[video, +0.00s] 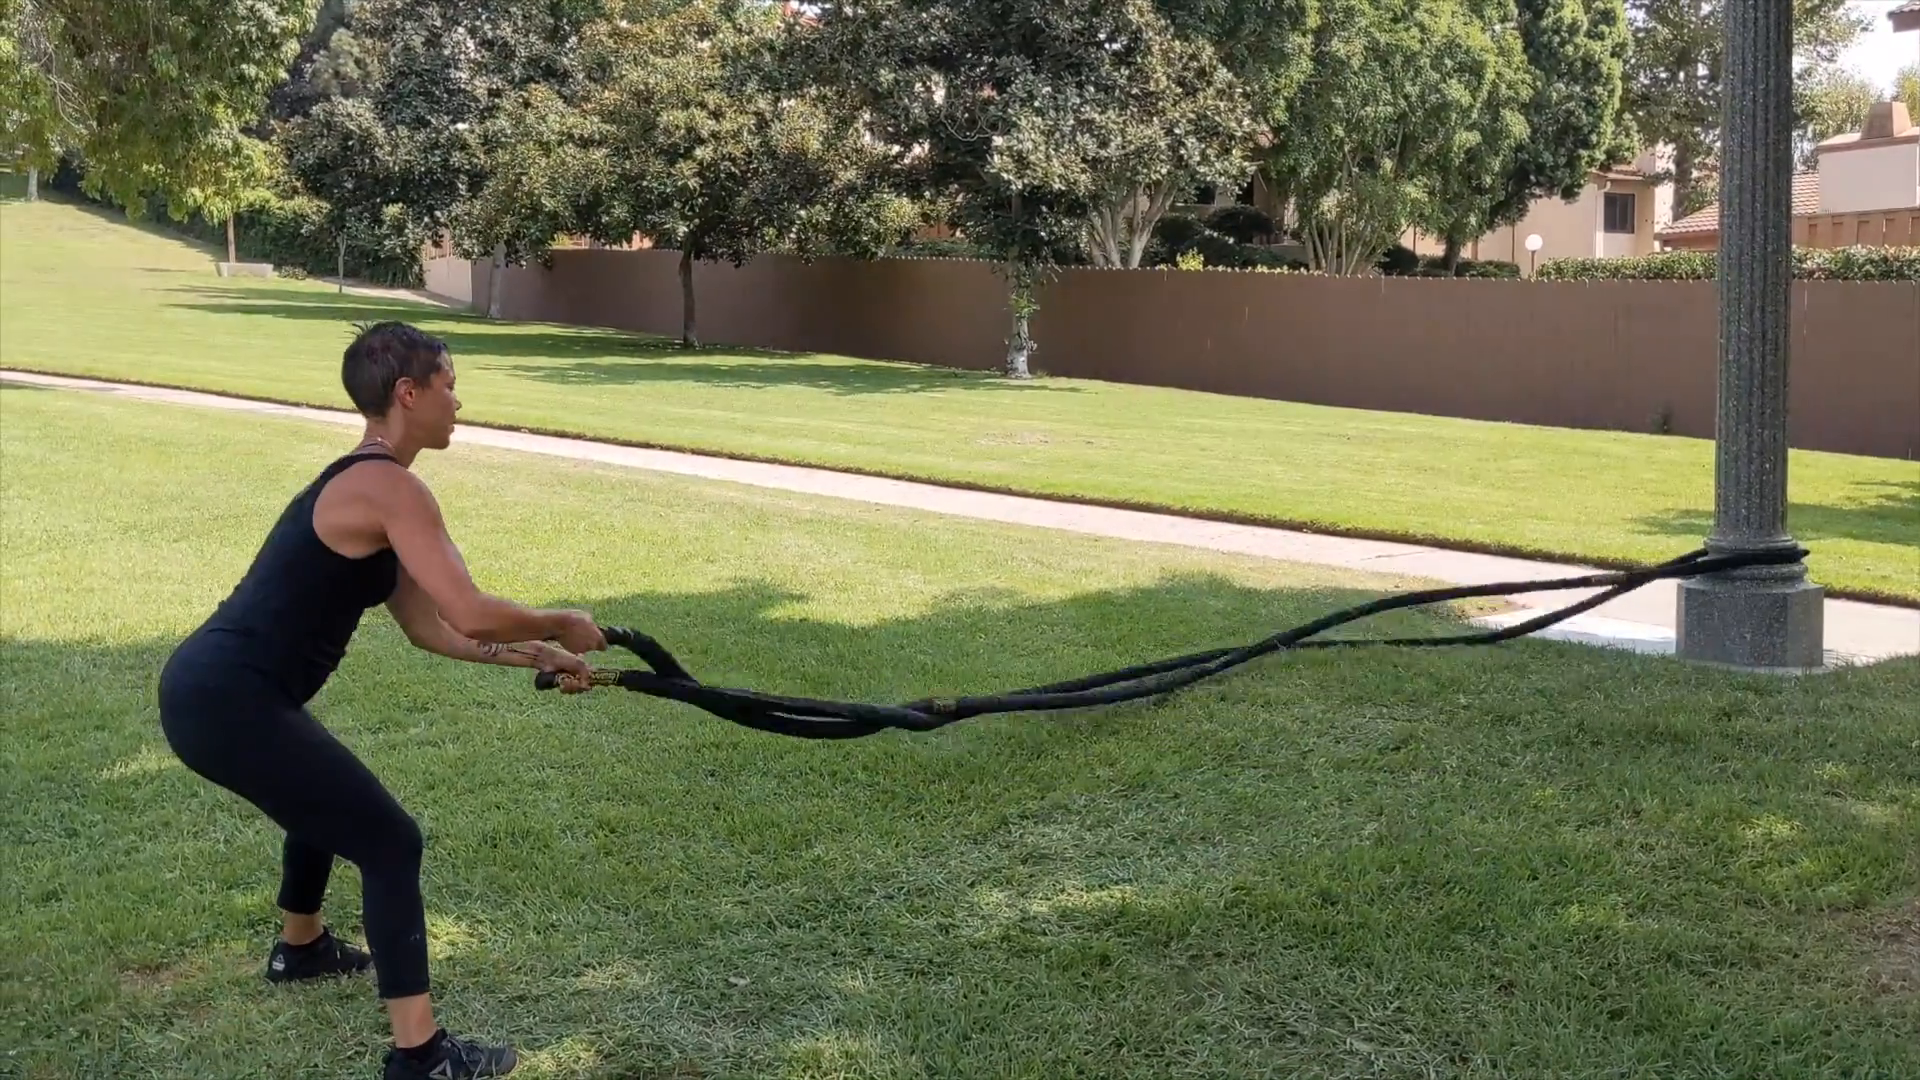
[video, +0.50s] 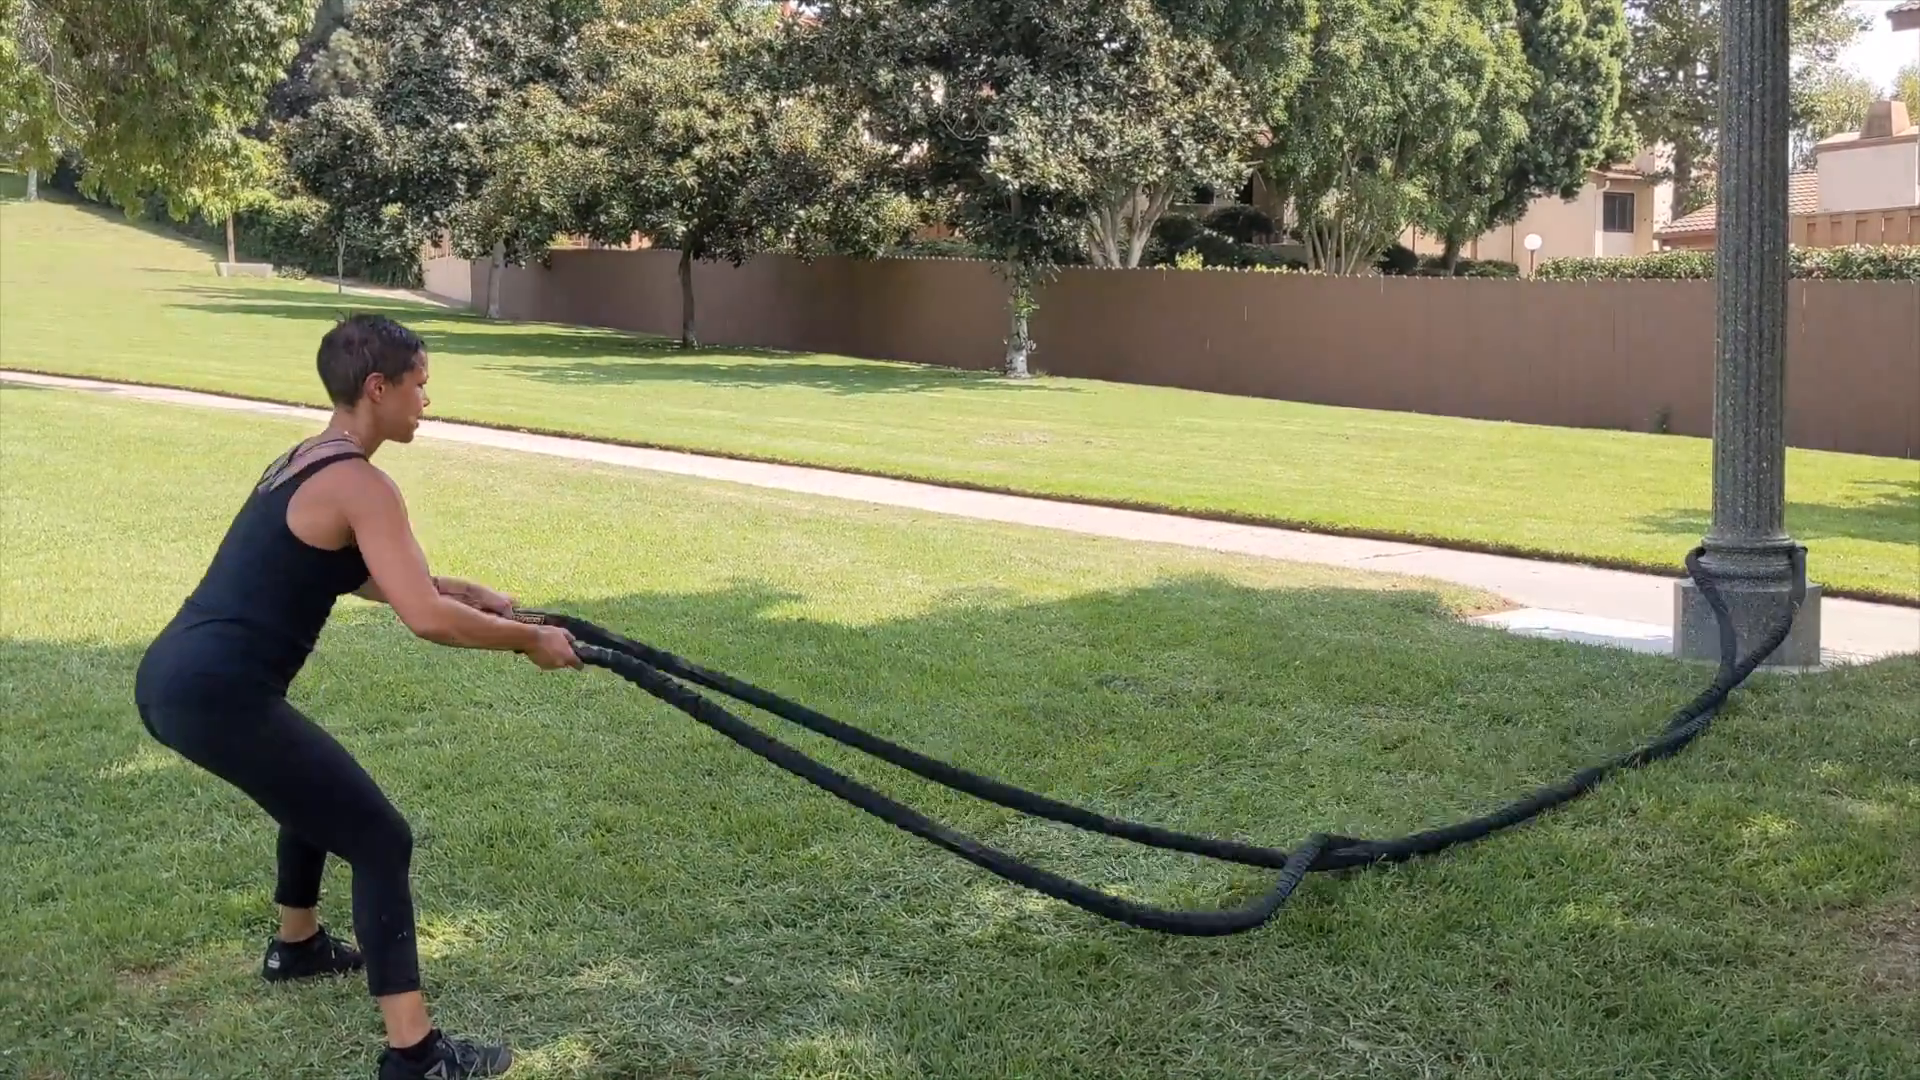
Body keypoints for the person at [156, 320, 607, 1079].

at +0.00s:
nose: (457, 399)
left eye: (454, 383)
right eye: (448, 384)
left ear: (394, 397)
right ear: (405, 394)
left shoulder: (358, 481)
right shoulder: (393, 487)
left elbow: (428, 629)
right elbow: (472, 615)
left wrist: (529, 653)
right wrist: (559, 622)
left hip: (211, 686)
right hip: (228, 703)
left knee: (327, 797)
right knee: (392, 840)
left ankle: (301, 949)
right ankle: (418, 1047)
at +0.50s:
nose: (426, 404)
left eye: (426, 387)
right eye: (419, 387)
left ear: (359, 389)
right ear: (376, 387)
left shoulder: (303, 461)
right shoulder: (363, 487)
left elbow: (357, 576)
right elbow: (431, 619)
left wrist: (471, 594)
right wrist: (527, 638)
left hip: (173, 677)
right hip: (217, 696)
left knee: (318, 790)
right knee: (381, 838)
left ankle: (296, 945)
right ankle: (412, 1047)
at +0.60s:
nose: (407, 397)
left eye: (407, 382)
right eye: (399, 382)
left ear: (340, 384)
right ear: (357, 383)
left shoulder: (272, 450)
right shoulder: (365, 483)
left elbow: (308, 561)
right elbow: (437, 615)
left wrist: (412, 576)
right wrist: (469, 629)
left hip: (160, 678)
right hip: (223, 695)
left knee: (304, 786)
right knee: (383, 837)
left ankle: (296, 945)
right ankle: (411, 1045)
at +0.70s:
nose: (403, 397)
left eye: (404, 381)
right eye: (397, 381)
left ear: (335, 383)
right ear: (355, 383)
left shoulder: (258, 444)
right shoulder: (382, 485)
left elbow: (263, 543)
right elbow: (429, 611)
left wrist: (346, 569)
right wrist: (404, 615)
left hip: (157, 681)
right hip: (232, 698)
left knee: (298, 779)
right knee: (393, 834)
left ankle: (296, 944)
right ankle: (411, 1044)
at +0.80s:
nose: (412, 396)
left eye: (411, 380)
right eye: (405, 381)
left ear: (341, 384)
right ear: (365, 384)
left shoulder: (265, 441)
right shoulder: (392, 486)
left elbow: (170, 530)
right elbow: (423, 600)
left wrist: (262, 549)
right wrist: (371, 570)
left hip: (163, 682)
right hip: (244, 697)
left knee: (294, 785)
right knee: (406, 833)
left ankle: (297, 943)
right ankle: (414, 1042)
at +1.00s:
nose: (434, 387)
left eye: (432, 372)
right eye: (428, 372)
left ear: (355, 379)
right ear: (392, 379)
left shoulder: (281, 440)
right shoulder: (411, 483)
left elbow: (177, 528)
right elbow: (458, 608)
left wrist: (259, 552)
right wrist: (398, 582)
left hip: (176, 681)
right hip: (252, 698)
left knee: (297, 780)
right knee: (415, 831)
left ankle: (300, 939)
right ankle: (419, 1040)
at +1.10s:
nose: (443, 384)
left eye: (442, 368)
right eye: (438, 368)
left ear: (366, 374)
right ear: (399, 373)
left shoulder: (297, 441)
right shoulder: (404, 478)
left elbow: (297, 540)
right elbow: (466, 605)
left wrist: (375, 581)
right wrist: (499, 609)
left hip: (182, 674)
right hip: (244, 696)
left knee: (304, 779)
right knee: (410, 829)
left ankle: (302, 937)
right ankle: (422, 1039)